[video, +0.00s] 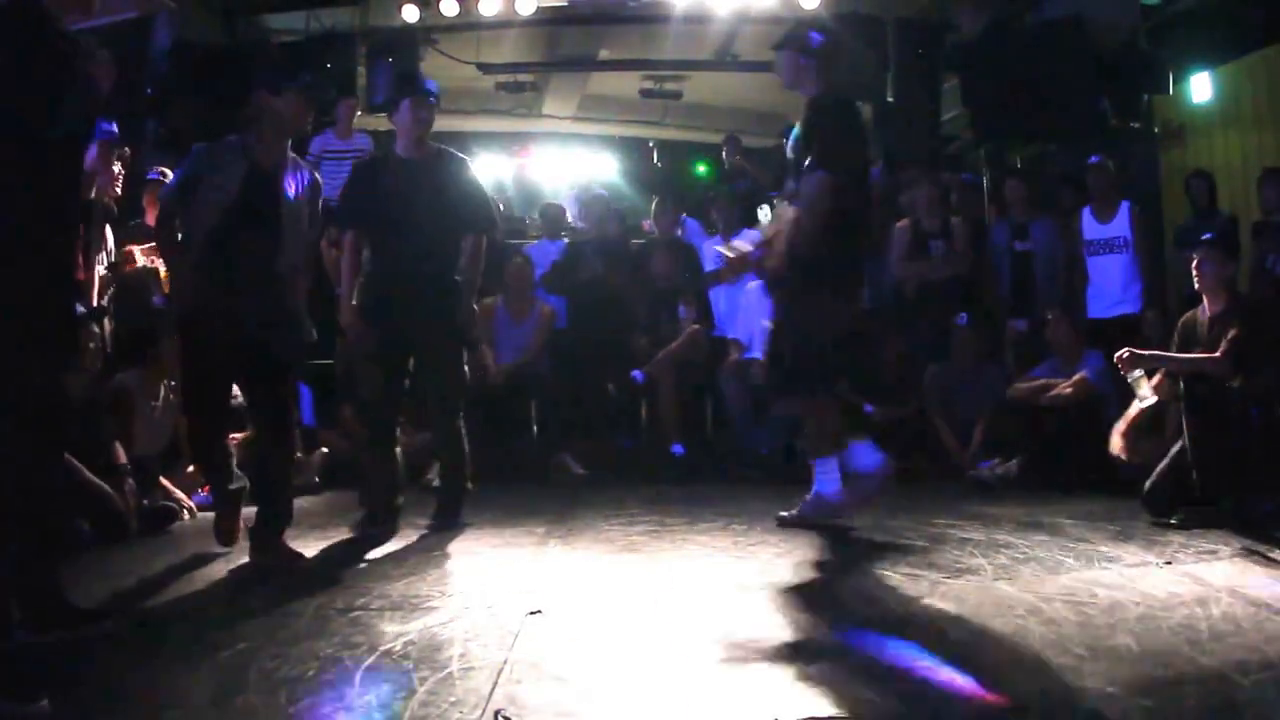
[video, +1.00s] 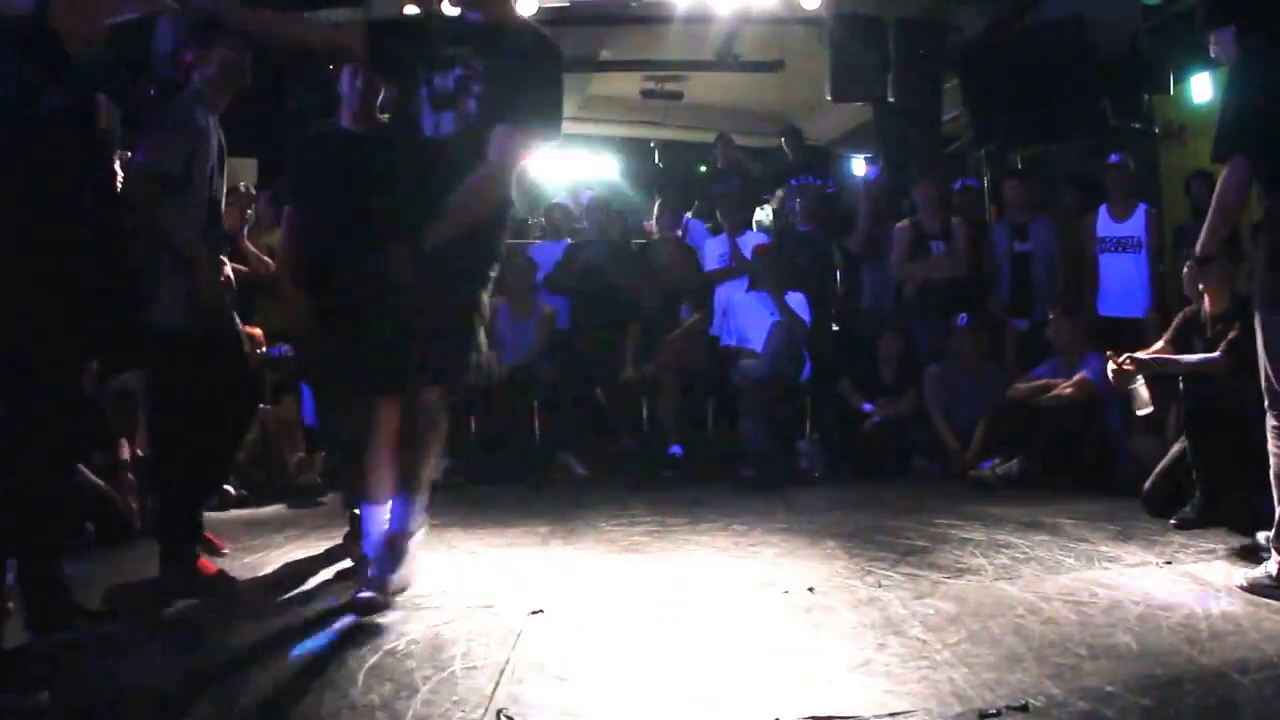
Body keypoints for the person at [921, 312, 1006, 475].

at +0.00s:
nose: (962, 346)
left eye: (967, 340)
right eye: (958, 340)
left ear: (976, 343)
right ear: (951, 341)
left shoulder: (988, 375)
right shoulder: (937, 373)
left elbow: (984, 417)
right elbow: (936, 415)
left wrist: (972, 453)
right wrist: (956, 452)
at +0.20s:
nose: (962, 347)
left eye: (967, 342)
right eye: (957, 341)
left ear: (976, 344)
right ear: (950, 343)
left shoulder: (984, 373)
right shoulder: (937, 373)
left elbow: (983, 417)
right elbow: (936, 414)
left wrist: (971, 453)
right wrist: (955, 450)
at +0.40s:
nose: (963, 347)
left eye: (969, 341)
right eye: (958, 340)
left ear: (978, 344)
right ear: (950, 343)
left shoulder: (987, 374)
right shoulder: (936, 374)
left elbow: (984, 417)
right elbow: (936, 414)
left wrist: (971, 455)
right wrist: (955, 451)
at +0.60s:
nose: (961, 344)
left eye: (967, 338)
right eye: (957, 337)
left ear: (979, 341)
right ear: (951, 339)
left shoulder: (987, 373)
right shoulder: (936, 374)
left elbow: (986, 415)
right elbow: (936, 415)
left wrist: (972, 454)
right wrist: (956, 452)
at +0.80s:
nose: (964, 346)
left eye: (969, 340)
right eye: (959, 339)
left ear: (979, 342)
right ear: (952, 340)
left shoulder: (988, 373)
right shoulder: (936, 373)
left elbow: (985, 415)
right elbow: (936, 414)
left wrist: (972, 454)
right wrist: (955, 451)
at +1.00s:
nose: (963, 345)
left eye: (969, 339)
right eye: (958, 339)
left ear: (978, 342)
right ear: (951, 341)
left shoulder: (989, 373)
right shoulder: (936, 373)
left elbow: (985, 416)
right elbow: (936, 414)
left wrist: (972, 455)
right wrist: (955, 451)